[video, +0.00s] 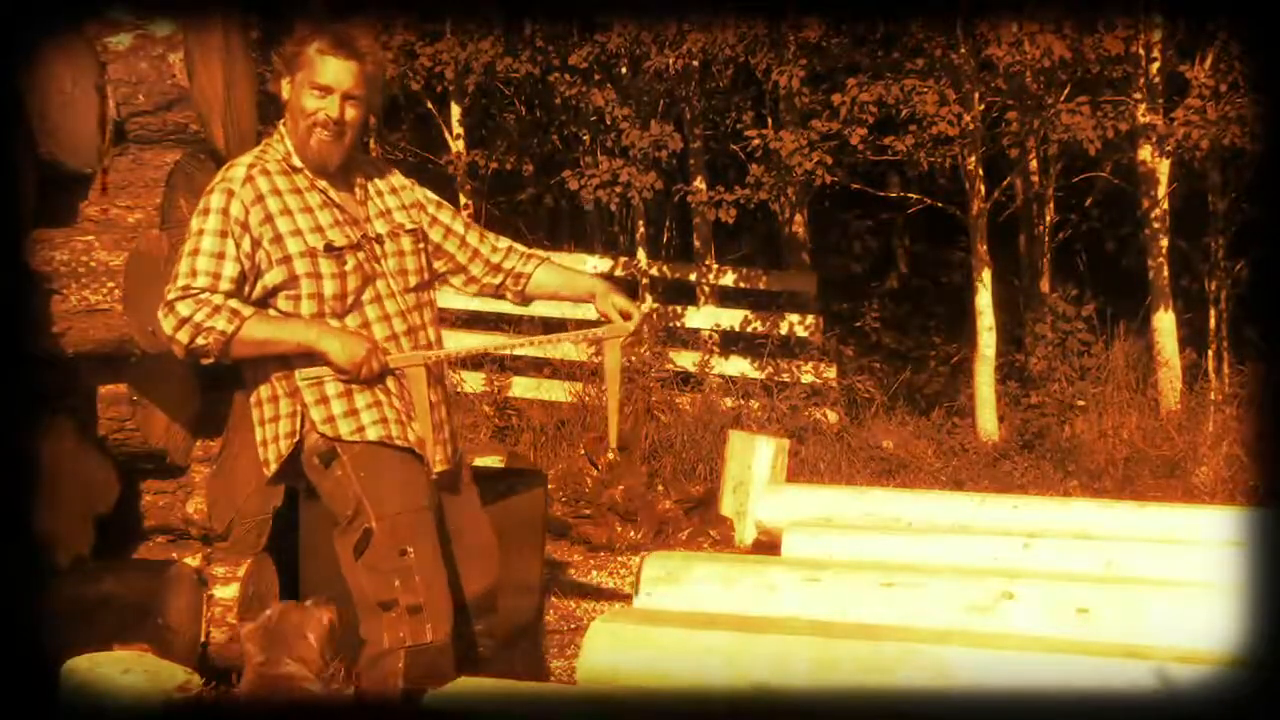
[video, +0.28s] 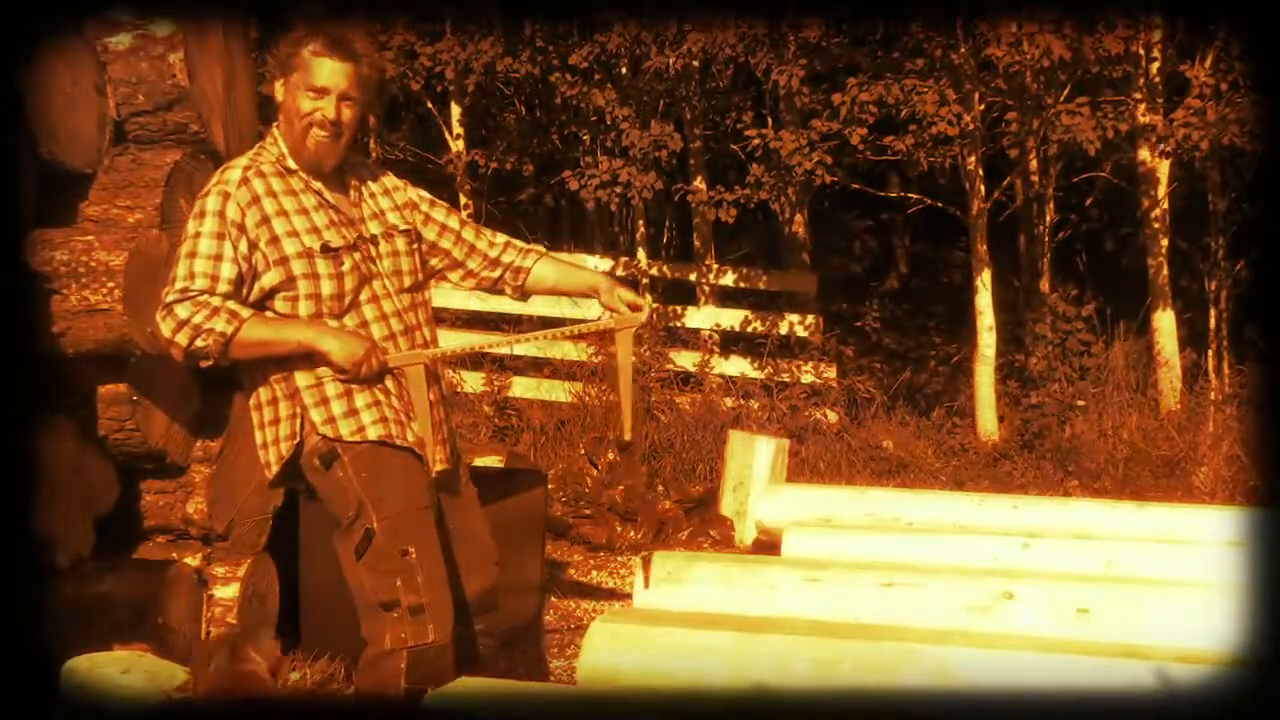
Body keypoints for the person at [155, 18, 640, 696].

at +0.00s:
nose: (335, 112)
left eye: (353, 99)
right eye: (320, 93)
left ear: (371, 111)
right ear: (287, 93)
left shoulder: (391, 189)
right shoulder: (244, 187)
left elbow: (491, 259)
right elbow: (190, 313)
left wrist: (593, 285)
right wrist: (315, 335)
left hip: (427, 426)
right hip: (342, 426)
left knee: (481, 599)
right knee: (413, 624)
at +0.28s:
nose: (329, 113)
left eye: (346, 100)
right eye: (314, 93)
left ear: (365, 112)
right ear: (279, 94)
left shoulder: (383, 189)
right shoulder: (238, 189)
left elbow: (490, 255)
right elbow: (188, 318)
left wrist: (595, 280)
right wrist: (313, 334)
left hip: (422, 425)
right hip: (338, 425)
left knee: (483, 603)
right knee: (415, 626)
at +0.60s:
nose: (327, 70)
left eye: (330, 61)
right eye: (301, 61)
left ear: (345, 88)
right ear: (261, 98)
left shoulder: (379, 193)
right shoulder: (243, 190)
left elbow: (475, 270)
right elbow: (197, 320)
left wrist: (571, 288)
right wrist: (329, 336)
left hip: (428, 420)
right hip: (346, 421)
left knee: (484, 607)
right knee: (421, 625)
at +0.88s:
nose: (313, 79)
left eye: (310, 73)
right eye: (287, 73)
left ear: (325, 103)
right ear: (250, 113)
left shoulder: (374, 203)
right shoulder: (248, 204)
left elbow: (484, 274)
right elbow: (212, 337)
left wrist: (592, 291)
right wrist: (347, 344)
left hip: (442, 423)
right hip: (359, 429)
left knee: (509, 606)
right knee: (441, 624)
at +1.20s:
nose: (316, 91)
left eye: (313, 83)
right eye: (290, 87)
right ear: (258, 131)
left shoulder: (380, 211)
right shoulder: (257, 218)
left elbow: (483, 283)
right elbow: (225, 349)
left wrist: (573, 295)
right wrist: (354, 354)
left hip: (453, 427)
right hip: (374, 434)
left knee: (523, 616)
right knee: (457, 622)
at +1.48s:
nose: (313, 99)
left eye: (311, 94)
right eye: (289, 96)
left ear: (327, 122)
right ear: (257, 141)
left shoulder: (380, 218)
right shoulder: (257, 226)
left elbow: (490, 283)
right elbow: (228, 353)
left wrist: (590, 292)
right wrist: (354, 356)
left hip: (461, 433)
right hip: (380, 441)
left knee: (527, 616)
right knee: (458, 622)